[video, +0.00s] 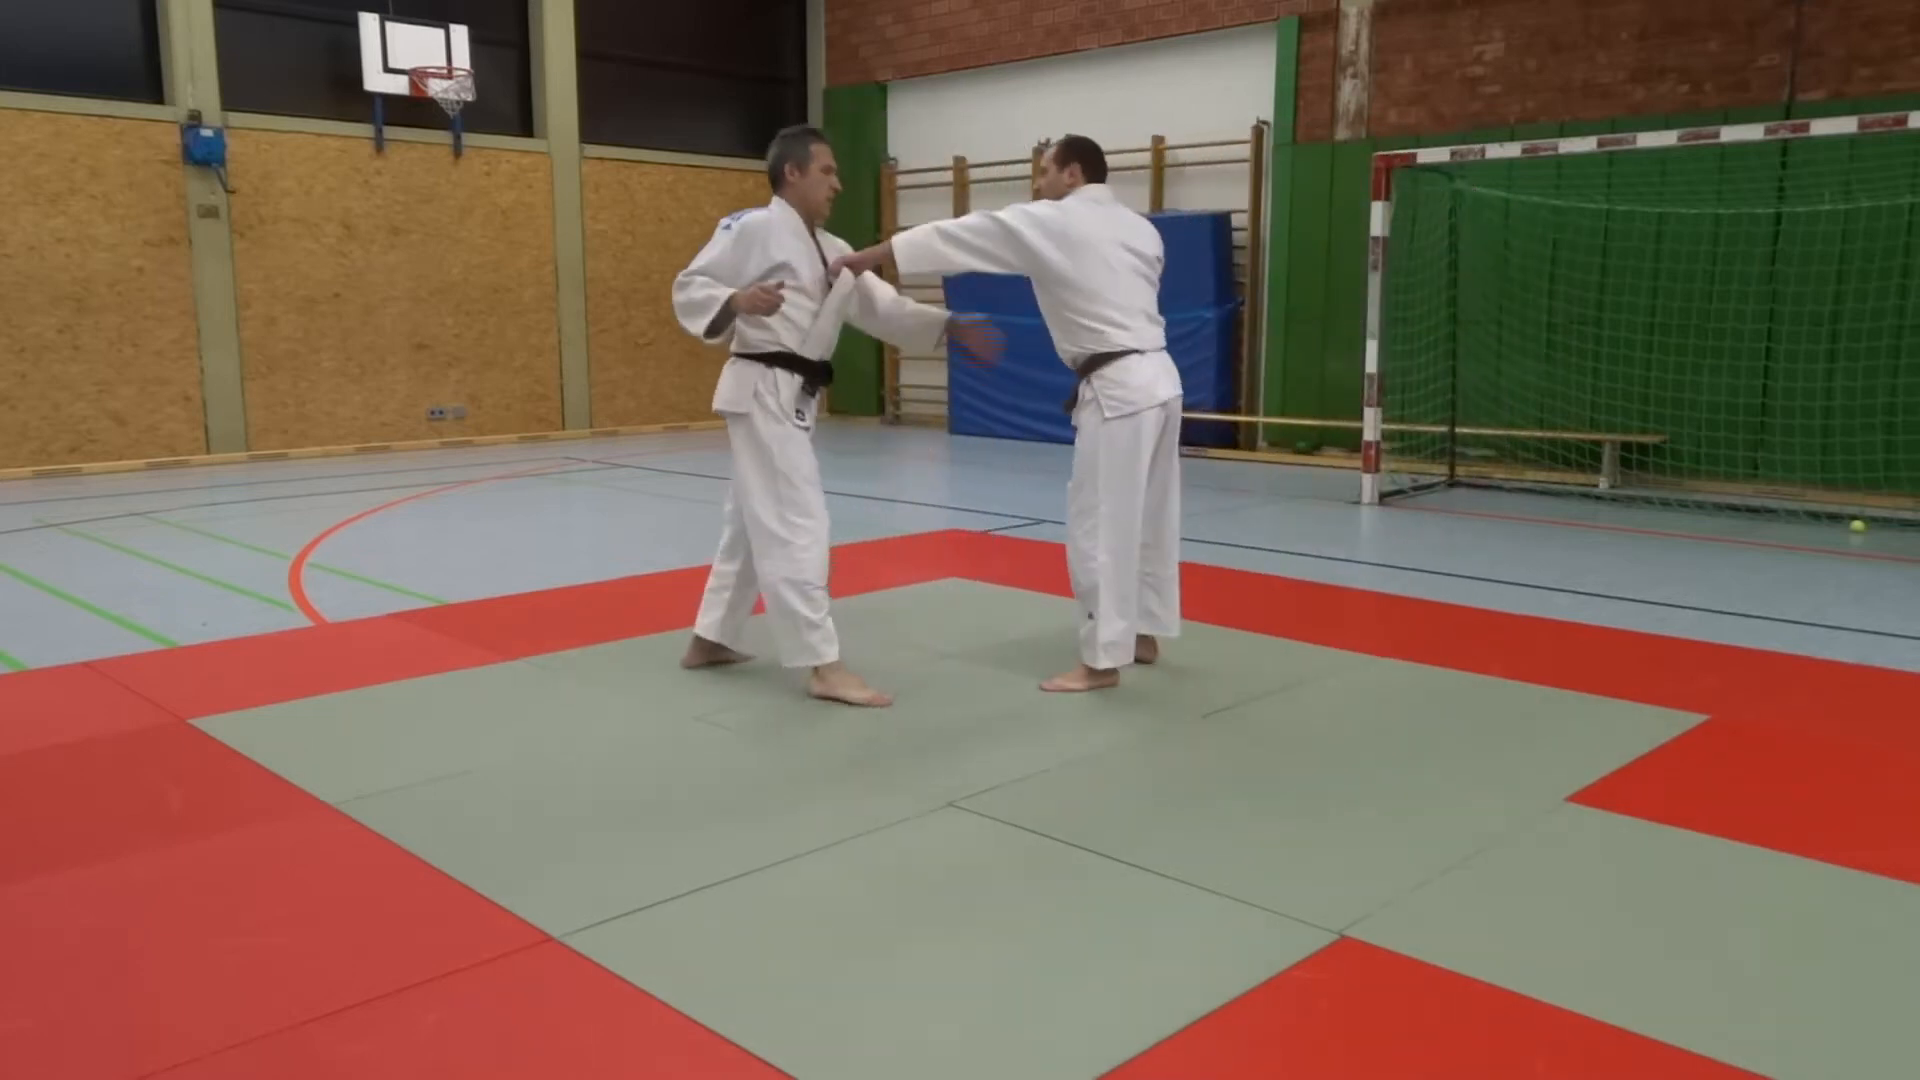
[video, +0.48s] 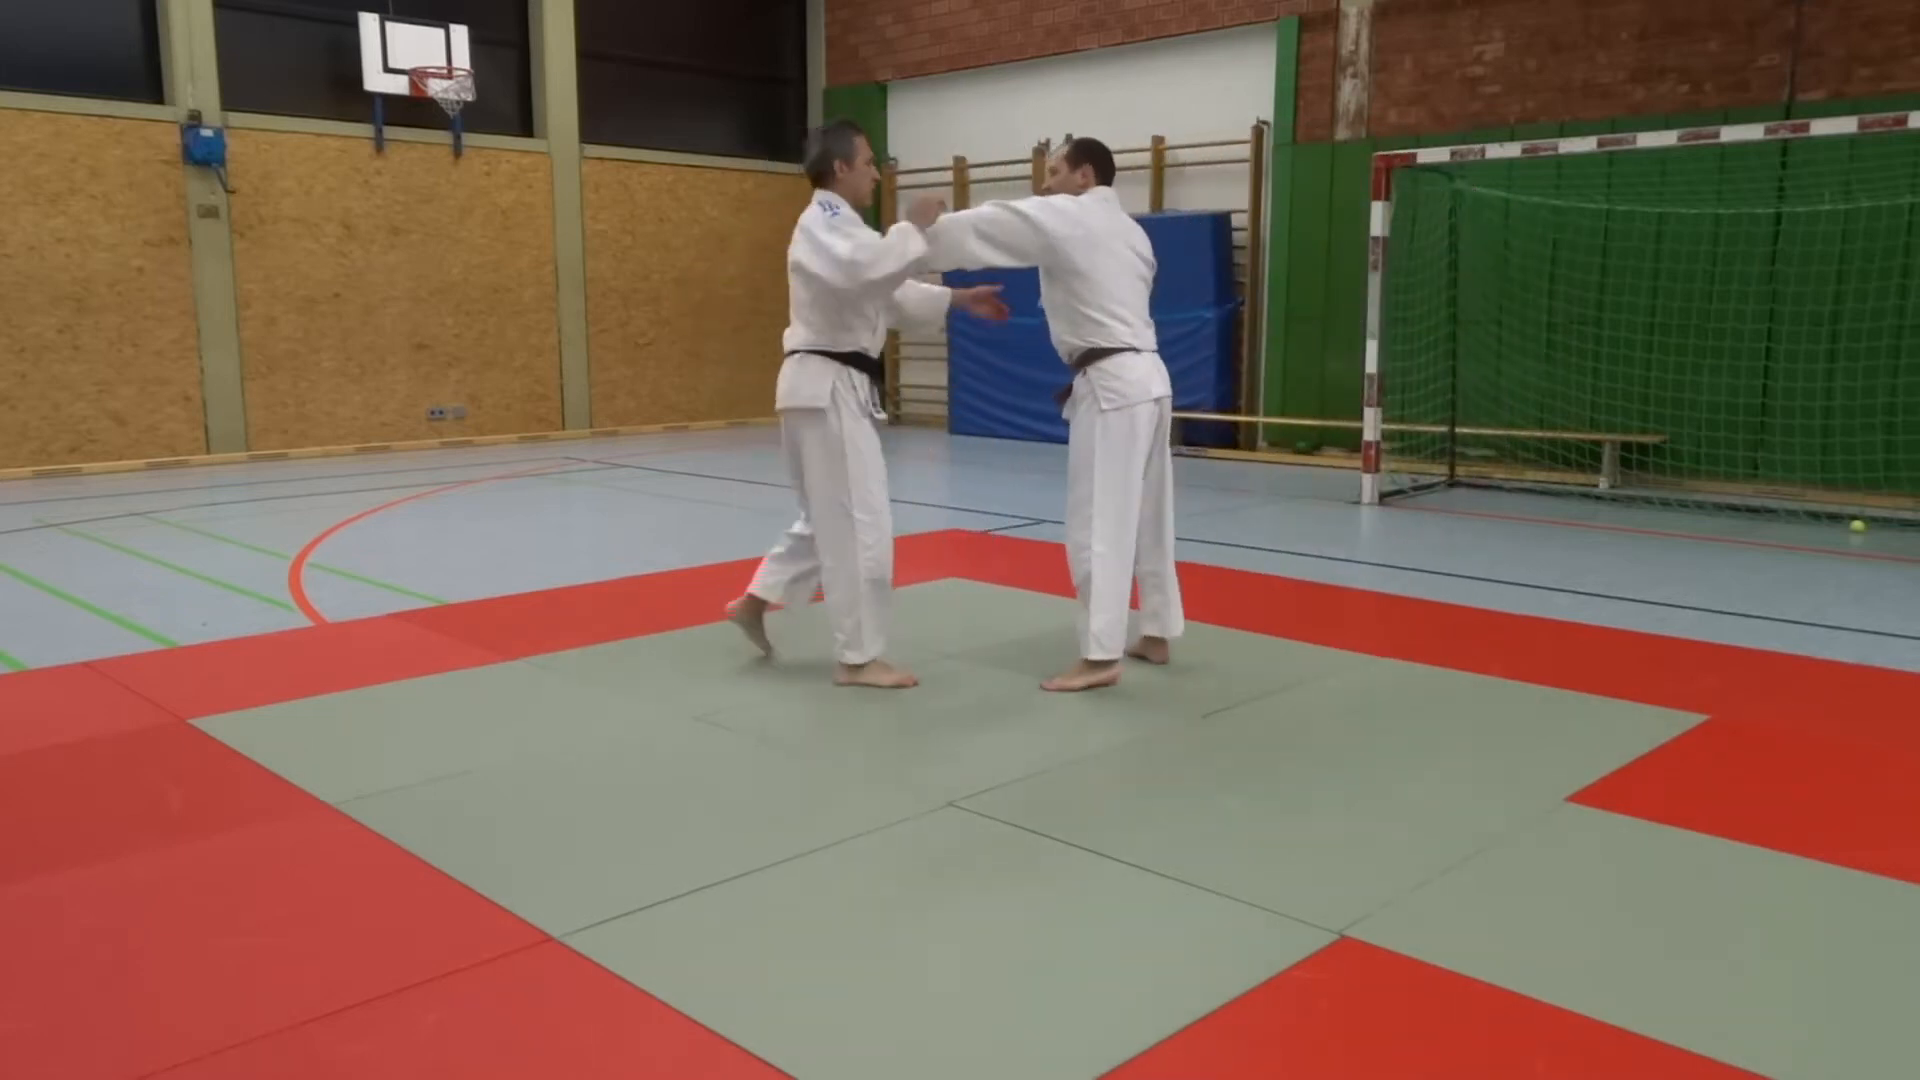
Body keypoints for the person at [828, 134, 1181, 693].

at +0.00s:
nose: (1037, 185)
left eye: (1042, 175)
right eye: (1038, 175)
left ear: (1073, 173)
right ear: (1091, 176)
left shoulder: (1051, 220)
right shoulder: (1139, 226)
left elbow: (958, 235)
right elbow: (1137, 305)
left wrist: (869, 256)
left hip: (1117, 387)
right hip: (1162, 381)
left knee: (1096, 521)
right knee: (1150, 517)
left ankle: (1101, 661)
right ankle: (1143, 635)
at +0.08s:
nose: (1039, 184)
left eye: (1044, 173)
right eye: (1041, 174)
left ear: (1073, 171)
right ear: (1095, 174)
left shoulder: (1051, 216)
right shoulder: (1143, 227)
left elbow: (957, 231)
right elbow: (1136, 314)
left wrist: (868, 252)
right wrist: (1085, 379)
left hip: (1114, 387)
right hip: (1162, 381)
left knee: (1097, 521)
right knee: (1151, 517)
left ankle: (1102, 661)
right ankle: (1148, 635)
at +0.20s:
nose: (1043, 186)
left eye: (1048, 175)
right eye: (1045, 176)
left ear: (1075, 174)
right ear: (1100, 178)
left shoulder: (1053, 216)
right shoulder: (1144, 230)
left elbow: (956, 226)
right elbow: (1134, 314)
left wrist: (865, 256)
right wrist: (1082, 375)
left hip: (1108, 385)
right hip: (1159, 381)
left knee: (1094, 523)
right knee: (1152, 517)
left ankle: (1101, 662)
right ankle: (1154, 637)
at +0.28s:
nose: (1047, 186)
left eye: (1052, 175)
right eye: (1048, 176)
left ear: (1080, 175)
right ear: (1101, 178)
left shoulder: (1054, 216)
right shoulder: (1143, 232)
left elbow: (967, 222)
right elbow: (1136, 318)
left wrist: (875, 255)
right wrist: (1084, 376)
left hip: (1107, 385)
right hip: (1156, 380)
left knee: (1090, 524)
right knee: (1152, 519)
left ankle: (1098, 662)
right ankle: (1155, 638)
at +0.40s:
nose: (1047, 183)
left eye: (1054, 173)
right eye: (1049, 174)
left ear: (1082, 174)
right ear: (1099, 178)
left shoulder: (1058, 214)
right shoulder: (1133, 230)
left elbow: (982, 222)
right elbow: (1129, 314)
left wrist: (904, 236)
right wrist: (1084, 377)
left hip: (1109, 384)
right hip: (1153, 381)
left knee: (1094, 522)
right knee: (1151, 518)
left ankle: (1096, 660)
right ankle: (1157, 637)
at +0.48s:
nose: (1048, 182)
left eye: (1055, 172)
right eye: (1050, 173)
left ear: (1085, 174)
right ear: (1099, 177)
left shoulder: (1061, 215)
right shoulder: (1131, 228)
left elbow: (978, 225)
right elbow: (1128, 311)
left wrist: (913, 238)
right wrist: (1085, 374)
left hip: (1111, 383)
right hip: (1152, 380)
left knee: (1097, 521)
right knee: (1149, 516)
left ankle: (1101, 657)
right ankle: (1156, 635)